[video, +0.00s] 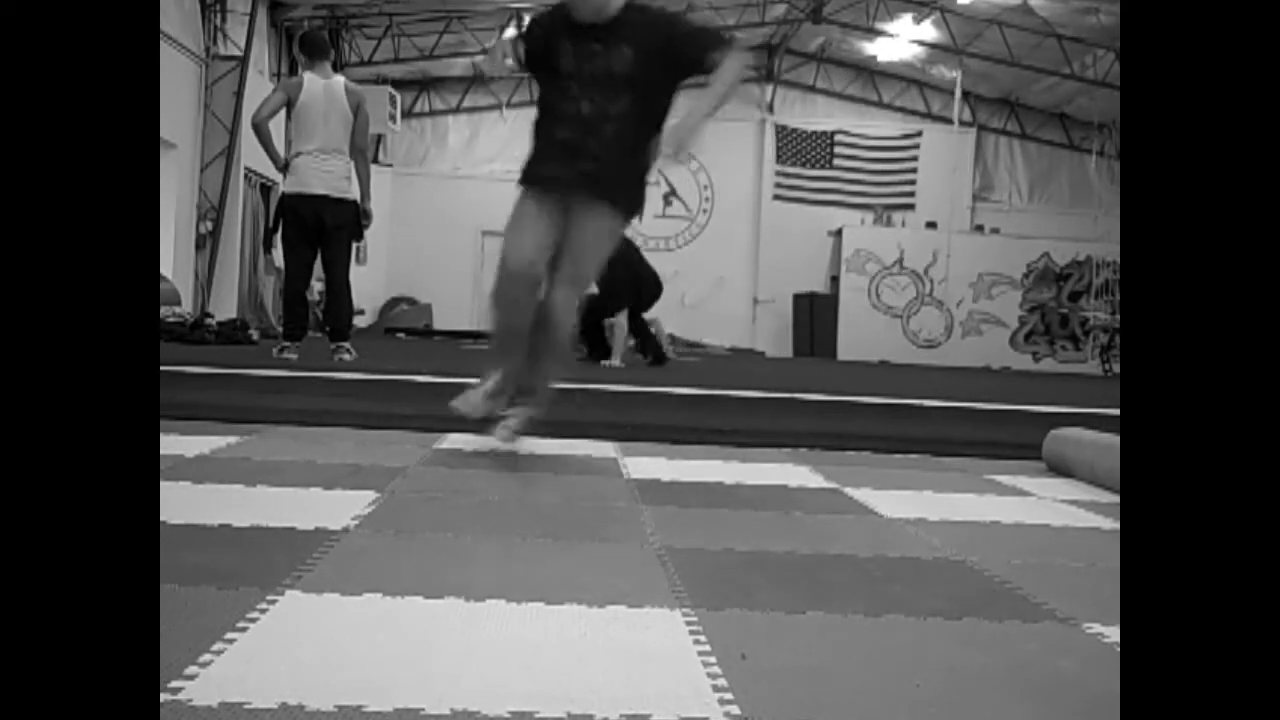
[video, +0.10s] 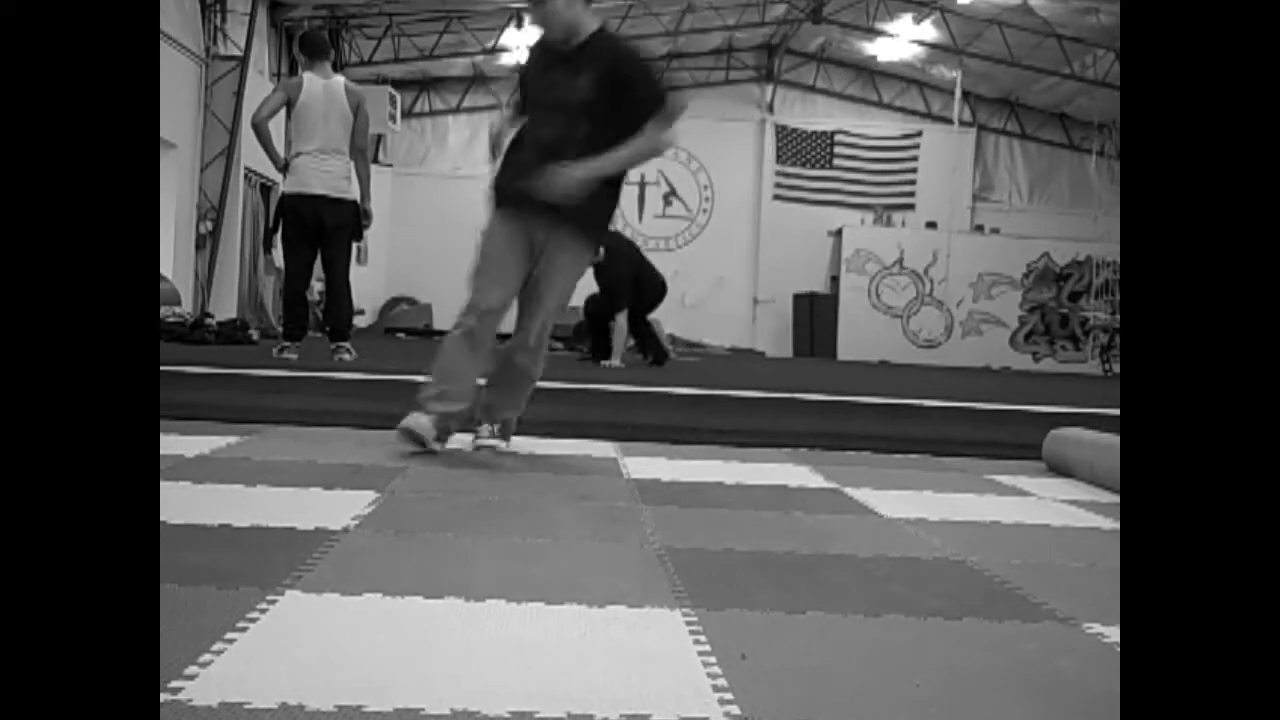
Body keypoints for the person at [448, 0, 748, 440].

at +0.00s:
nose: (579, 8)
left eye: (587, 4)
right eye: (574, 5)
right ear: (568, 0)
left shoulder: (655, 28)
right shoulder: (552, 26)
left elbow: (734, 59)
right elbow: (507, 59)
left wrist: (687, 128)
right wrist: (495, 60)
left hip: (610, 183)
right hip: (548, 174)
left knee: (562, 294)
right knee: (515, 269)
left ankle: (530, 405)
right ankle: (505, 374)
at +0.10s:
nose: (536, 18)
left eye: (542, 7)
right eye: (534, 10)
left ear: (577, 5)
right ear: (546, 10)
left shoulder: (621, 60)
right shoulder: (542, 53)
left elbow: (660, 134)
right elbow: (522, 106)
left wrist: (586, 170)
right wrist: (501, 131)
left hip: (576, 218)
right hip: (518, 202)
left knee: (534, 328)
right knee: (483, 307)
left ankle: (497, 421)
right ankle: (437, 413)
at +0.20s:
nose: (511, 24)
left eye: (515, 12)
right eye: (508, 15)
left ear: (545, 4)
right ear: (527, 10)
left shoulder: (592, 55)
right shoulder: (527, 53)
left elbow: (583, 141)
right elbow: (530, 136)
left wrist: (510, 109)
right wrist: (497, 185)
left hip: (562, 211)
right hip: (509, 197)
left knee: (518, 316)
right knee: (466, 292)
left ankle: (509, 412)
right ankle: (455, 409)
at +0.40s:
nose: (478, 21)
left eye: (480, 9)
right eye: (475, 13)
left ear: (512, 2)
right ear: (516, 5)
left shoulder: (546, 43)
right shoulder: (527, 52)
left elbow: (505, 111)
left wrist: (435, 120)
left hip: (545, 204)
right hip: (506, 203)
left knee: (483, 299)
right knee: (462, 306)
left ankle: (557, 403)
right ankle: (482, 426)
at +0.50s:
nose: (486, 11)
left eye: (485, 5)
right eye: (485, 6)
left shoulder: (535, 22)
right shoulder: (548, 23)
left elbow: (538, 108)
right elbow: (539, 110)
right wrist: (474, 120)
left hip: (544, 193)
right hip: (559, 195)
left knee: (479, 288)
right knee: (488, 288)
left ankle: (492, 413)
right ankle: (514, 401)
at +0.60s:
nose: (494, 12)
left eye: (495, 5)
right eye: (492, 7)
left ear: (511, 1)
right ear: (530, 0)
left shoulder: (547, 31)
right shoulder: (525, 47)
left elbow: (599, 101)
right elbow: (478, 100)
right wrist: (446, 63)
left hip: (533, 197)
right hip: (571, 209)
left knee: (459, 300)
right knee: (497, 307)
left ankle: (462, 432)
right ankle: (573, 378)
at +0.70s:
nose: (511, 14)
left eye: (514, 5)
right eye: (509, 8)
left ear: (534, 1)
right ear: (535, 9)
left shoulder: (578, 34)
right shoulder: (531, 55)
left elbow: (646, 84)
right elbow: (486, 113)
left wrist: (654, 171)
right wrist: (453, 92)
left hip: (555, 214)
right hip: (583, 222)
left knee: (488, 305)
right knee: (535, 316)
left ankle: (462, 431)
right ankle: (602, 404)